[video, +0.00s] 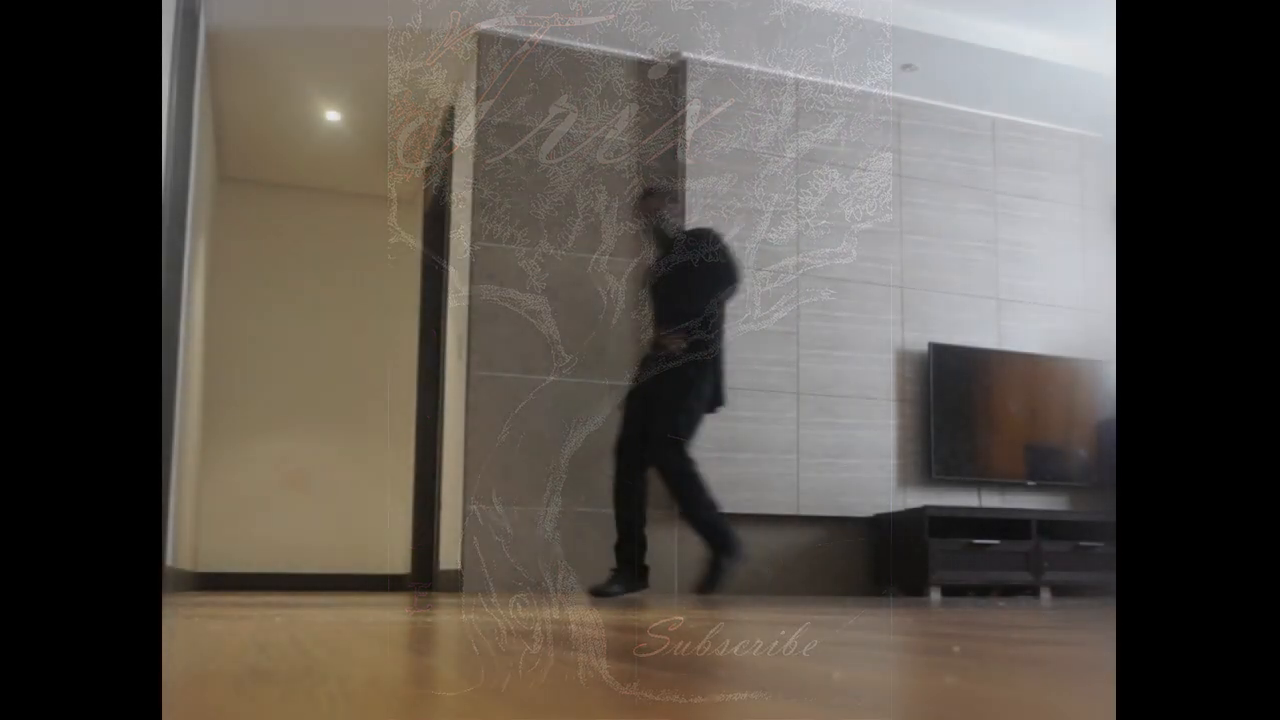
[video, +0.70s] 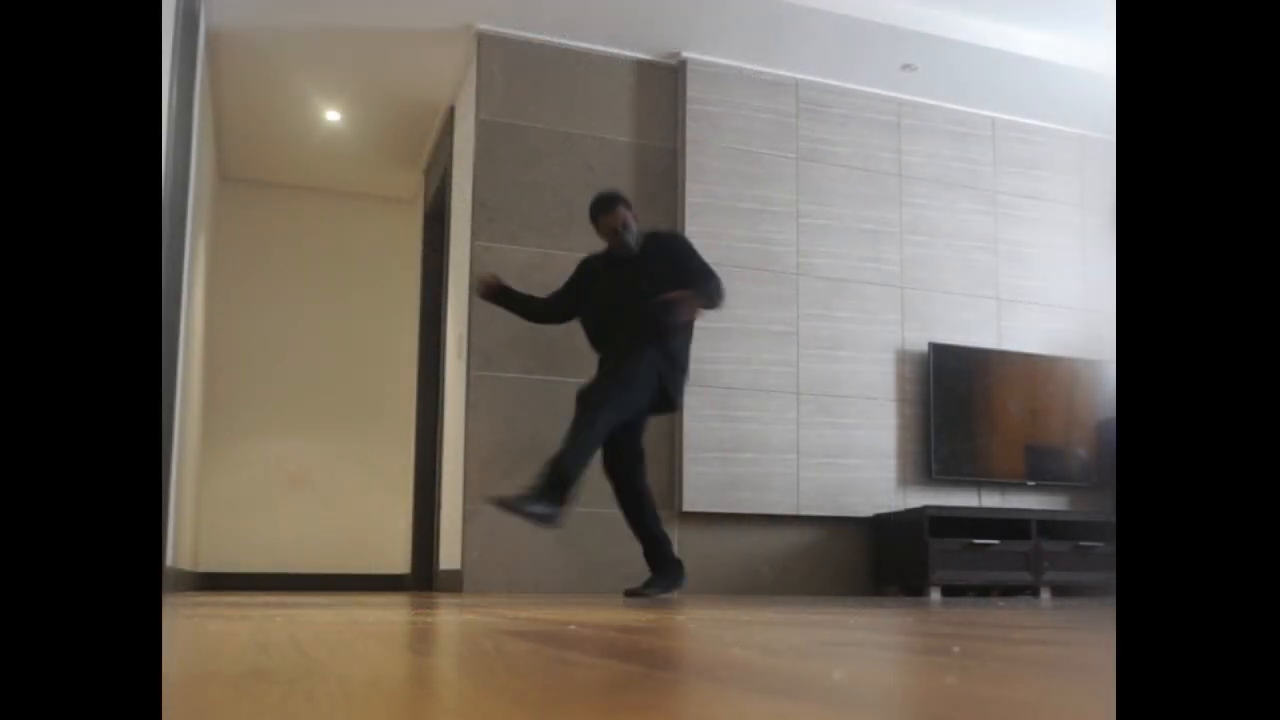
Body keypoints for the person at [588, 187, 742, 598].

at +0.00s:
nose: (654, 217)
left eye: (659, 208)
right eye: (648, 211)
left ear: (675, 208)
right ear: (643, 216)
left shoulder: (703, 243)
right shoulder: (661, 265)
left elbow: (725, 278)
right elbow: (670, 319)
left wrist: (681, 326)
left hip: (693, 377)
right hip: (657, 376)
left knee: (666, 451)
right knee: (629, 458)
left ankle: (723, 544)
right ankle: (630, 568)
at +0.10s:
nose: (632, 232)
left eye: (636, 224)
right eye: (622, 229)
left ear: (649, 221)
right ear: (615, 234)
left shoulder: (677, 251)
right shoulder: (626, 277)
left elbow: (692, 311)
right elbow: (620, 339)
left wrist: (657, 335)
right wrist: (572, 374)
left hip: (671, 379)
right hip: (637, 380)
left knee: (641, 461)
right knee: (614, 467)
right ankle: (631, 571)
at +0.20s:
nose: (634, 204)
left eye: (640, 195)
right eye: (626, 198)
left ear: (653, 196)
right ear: (616, 205)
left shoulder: (674, 235)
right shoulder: (617, 255)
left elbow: (701, 286)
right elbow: (605, 320)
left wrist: (703, 339)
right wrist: (583, 368)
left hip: (661, 360)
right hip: (625, 362)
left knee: (631, 451)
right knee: (623, 456)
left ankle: (616, 553)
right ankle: (631, 566)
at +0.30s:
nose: (643, 195)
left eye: (650, 187)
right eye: (635, 187)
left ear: (661, 193)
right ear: (621, 193)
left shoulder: (675, 238)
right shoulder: (611, 240)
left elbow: (727, 279)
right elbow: (598, 302)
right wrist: (589, 356)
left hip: (633, 361)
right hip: (601, 359)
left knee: (604, 451)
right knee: (623, 452)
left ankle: (584, 561)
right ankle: (655, 550)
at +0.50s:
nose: (634, 209)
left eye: (638, 201)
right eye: (624, 203)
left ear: (649, 202)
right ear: (609, 208)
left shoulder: (672, 241)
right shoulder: (600, 251)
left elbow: (723, 281)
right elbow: (575, 308)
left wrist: (780, 314)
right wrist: (526, 343)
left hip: (637, 363)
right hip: (596, 361)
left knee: (582, 440)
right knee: (589, 451)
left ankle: (566, 555)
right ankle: (658, 542)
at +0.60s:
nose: (624, 231)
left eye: (627, 221)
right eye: (613, 228)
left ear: (637, 217)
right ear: (601, 232)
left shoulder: (669, 251)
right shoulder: (596, 271)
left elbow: (709, 286)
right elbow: (543, 308)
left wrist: (732, 301)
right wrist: (484, 302)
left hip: (656, 370)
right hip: (612, 373)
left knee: (590, 426)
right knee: (609, 469)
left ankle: (529, 513)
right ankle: (660, 564)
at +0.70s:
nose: (620, 235)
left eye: (624, 225)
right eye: (610, 231)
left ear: (634, 216)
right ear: (598, 233)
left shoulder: (668, 247)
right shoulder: (595, 271)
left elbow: (714, 290)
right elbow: (552, 310)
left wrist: (696, 297)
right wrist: (502, 295)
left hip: (658, 370)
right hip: (615, 375)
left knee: (595, 405)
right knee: (625, 474)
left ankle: (550, 494)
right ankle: (666, 568)